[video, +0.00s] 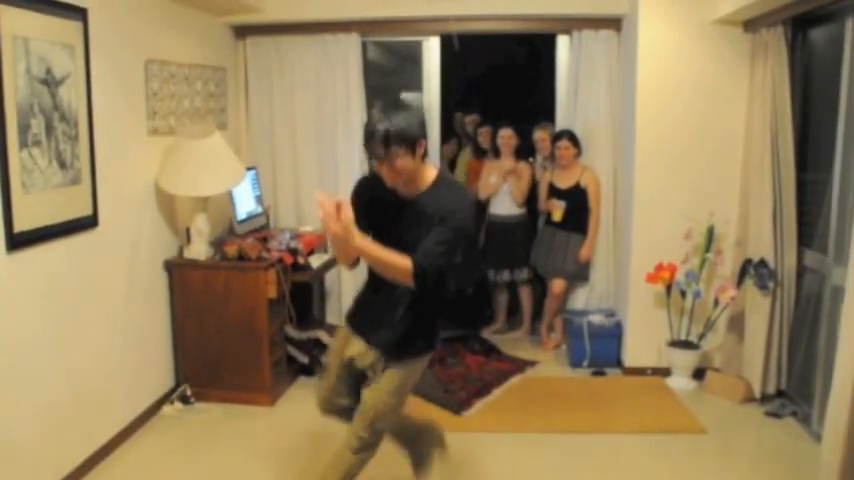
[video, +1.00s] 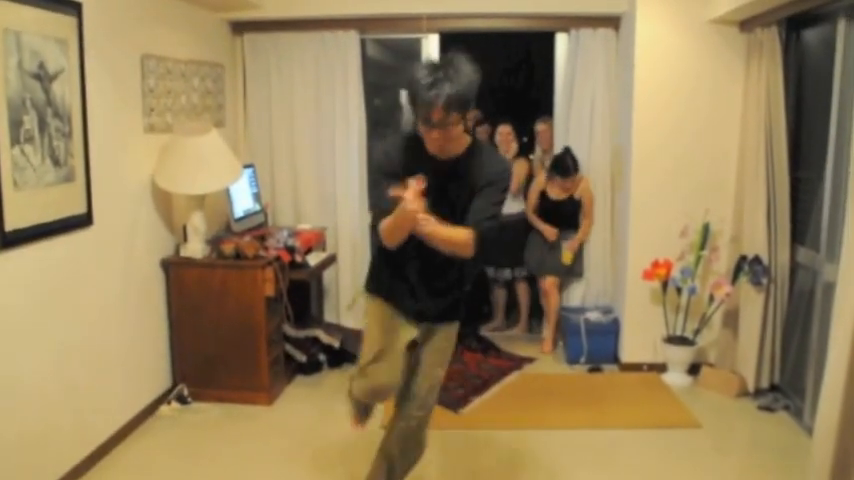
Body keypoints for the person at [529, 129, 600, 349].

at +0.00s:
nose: (562, 153)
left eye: (567, 148)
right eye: (558, 148)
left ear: (576, 150)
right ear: (554, 152)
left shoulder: (587, 176)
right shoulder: (548, 176)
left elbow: (594, 211)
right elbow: (540, 205)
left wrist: (589, 243)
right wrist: (549, 205)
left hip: (574, 235)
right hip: (552, 232)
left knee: (558, 286)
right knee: (554, 288)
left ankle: (545, 326)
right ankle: (559, 331)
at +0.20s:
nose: (561, 154)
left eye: (566, 149)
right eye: (557, 149)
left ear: (576, 151)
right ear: (552, 152)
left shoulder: (586, 175)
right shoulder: (547, 176)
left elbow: (597, 208)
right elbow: (539, 205)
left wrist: (579, 229)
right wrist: (548, 206)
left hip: (572, 234)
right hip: (550, 232)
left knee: (558, 287)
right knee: (553, 287)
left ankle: (544, 326)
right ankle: (557, 330)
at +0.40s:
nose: (563, 157)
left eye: (567, 152)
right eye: (559, 152)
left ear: (575, 152)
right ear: (553, 153)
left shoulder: (586, 174)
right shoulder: (547, 175)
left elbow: (597, 207)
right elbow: (540, 204)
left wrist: (573, 210)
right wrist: (553, 208)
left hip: (573, 235)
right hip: (550, 232)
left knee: (556, 286)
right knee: (553, 287)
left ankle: (543, 326)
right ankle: (557, 331)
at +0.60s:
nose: (565, 163)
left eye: (569, 158)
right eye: (561, 159)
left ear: (574, 156)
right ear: (553, 159)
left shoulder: (584, 175)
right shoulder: (546, 177)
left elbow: (595, 209)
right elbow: (538, 206)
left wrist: (571, 213)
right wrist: (551, 214)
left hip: (574, 233)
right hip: (550, 232)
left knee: (552, 280)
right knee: (554, 284)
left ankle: (542, 327)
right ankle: (557, 331)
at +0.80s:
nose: (566, 171)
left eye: (569, 166)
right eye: (561, 167)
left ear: (574, 162)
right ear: (553, 164)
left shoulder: (582, 179)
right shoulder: (545, 177)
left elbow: (591, 211)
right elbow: (532, 201)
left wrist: (564, 221)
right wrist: (545, 217)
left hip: (570, 229)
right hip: (547, 228)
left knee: (550, 280)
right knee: (553, 283)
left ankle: (544, 331)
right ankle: (556, 330)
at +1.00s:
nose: (567, 185)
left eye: (570, 180)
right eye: (563, 181)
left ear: (576, 175)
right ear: (553, 176)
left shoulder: (583, 187)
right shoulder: (541, 182)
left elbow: (587, 219)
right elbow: (529, 211)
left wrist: (575, 242)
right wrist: (544, 228)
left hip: (568, 234)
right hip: (542, 231)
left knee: (550, 283)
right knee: (543, 284)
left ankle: (549, 333)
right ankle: (551, 329)